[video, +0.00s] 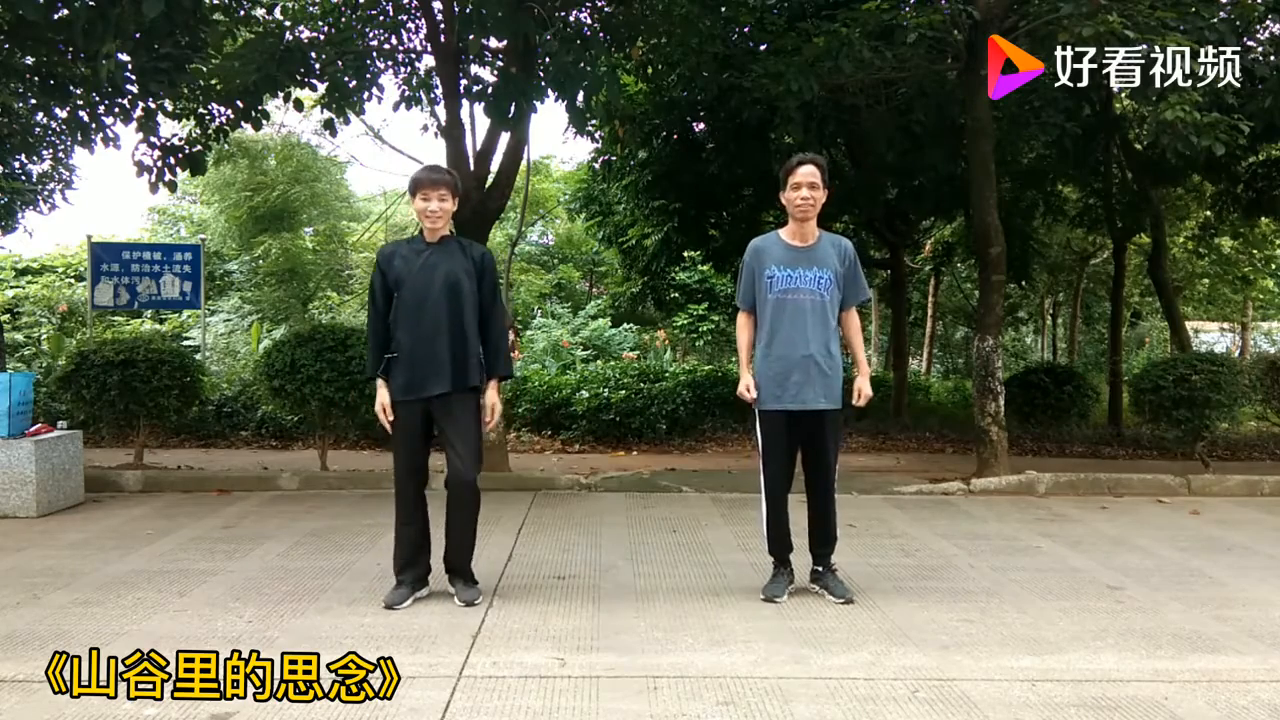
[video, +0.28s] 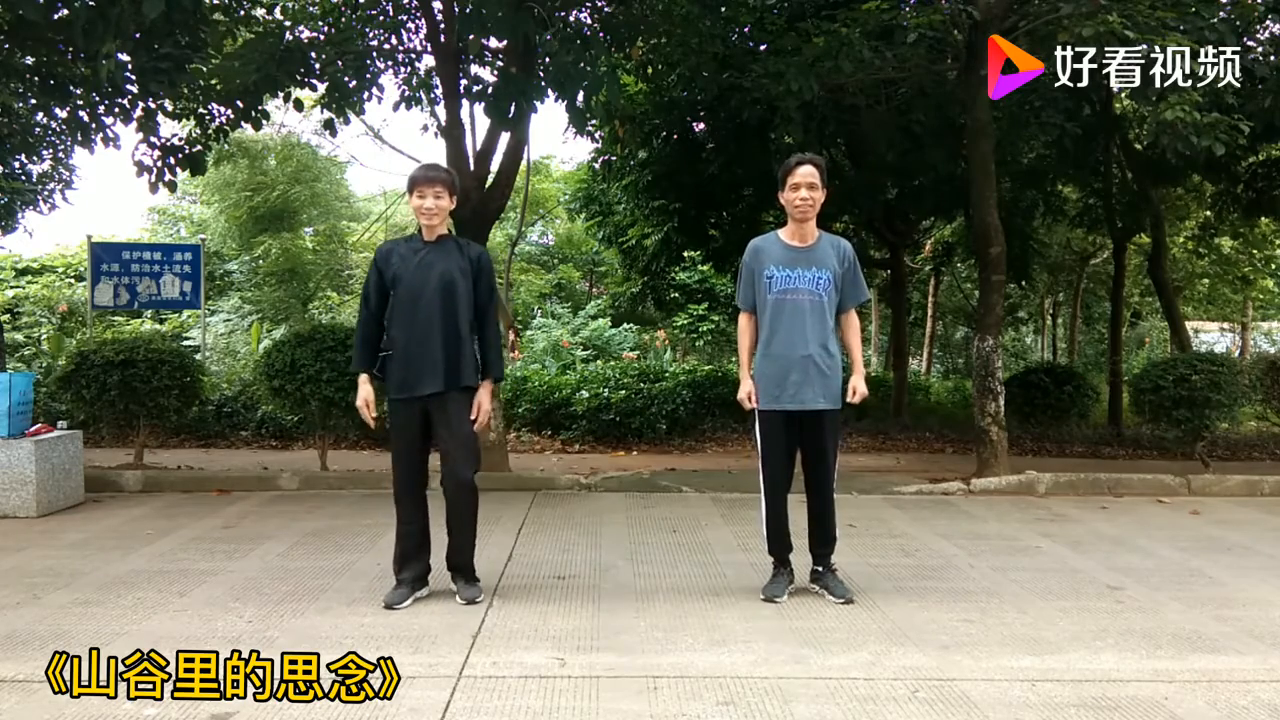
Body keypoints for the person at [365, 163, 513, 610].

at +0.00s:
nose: (432, 206)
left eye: (441, 198)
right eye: (424, 199)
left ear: (454, 202)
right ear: (413, 204)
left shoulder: (476, 256)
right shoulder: (391, 257)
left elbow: (494, 324)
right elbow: (378, 324)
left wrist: (493, 383)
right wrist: (380, 381)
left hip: (462, 385)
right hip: (406, 386)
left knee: (465, 478)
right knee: (408, 483)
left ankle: (461, 573)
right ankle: (411, 575)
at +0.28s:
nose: (429, 203)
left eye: (438, 196)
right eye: (421, 196)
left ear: (451, 201)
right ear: (410, 201)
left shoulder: (472, 255)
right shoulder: (390, 254)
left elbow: (488, 323)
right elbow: (369, 319)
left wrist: (488, 384)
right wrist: (364, 376)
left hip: (457, 386)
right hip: (402, 386)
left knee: (461, 479)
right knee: (407, 484)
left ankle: (464, 573)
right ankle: (410, 576)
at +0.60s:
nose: (440, 197)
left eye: (448, 191)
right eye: (431, 190)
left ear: (457, 199)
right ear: (414, 196)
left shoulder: (475, 252)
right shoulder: (391, 251)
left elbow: (494, 319)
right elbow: (372, 319)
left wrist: (494, 380)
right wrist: (363, 378)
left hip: (464, 383)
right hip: (407, 383)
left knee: (462, 483)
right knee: (409, 483)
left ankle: (463, 573)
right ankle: (412, 575)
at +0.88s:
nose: (444, 200)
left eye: (452, 193)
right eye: (435, 192)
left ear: (460, 199)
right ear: (418, 198)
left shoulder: (478, 253)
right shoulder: (395, 252)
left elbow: (494, 322)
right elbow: (382, 321)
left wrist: (489, 382)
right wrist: (385, 379)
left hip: (462, 384)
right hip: (408, 384)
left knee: (460, 483)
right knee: (412, 484)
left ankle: (463, 572)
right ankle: (413, 576)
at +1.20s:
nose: (429, 208)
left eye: (438, 201)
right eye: (421, 201)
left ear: (451, 208)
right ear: (410, 208)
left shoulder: (471, 256)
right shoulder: (399, 262)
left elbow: (515, 302)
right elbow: (375, 311)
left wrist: (550, 353)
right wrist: (330, 334)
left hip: (456, 389)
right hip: (406, 389)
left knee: (454, 483)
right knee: (401, 482)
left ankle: (463, 573)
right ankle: (412, 575)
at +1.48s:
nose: (428, 201)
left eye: (437, 194)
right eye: (421, 194)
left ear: (452, 200)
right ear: (411, 199)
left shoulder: (474, 253)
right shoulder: (392, 253)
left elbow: (495, 316)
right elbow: (372, 314)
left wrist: (504, 375)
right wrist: (363, 368)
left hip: (463, 354)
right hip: (413, 361)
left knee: (441, 389)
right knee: (424, 468)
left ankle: (444, 490)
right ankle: (436, 563)